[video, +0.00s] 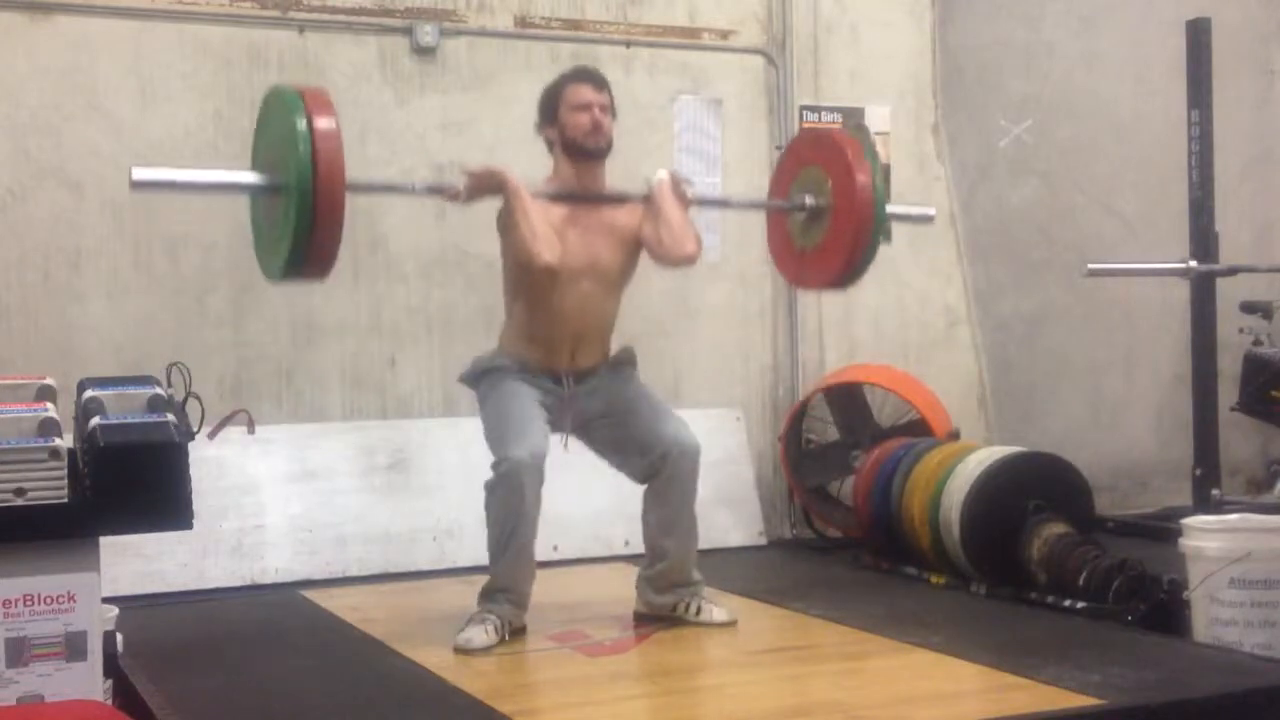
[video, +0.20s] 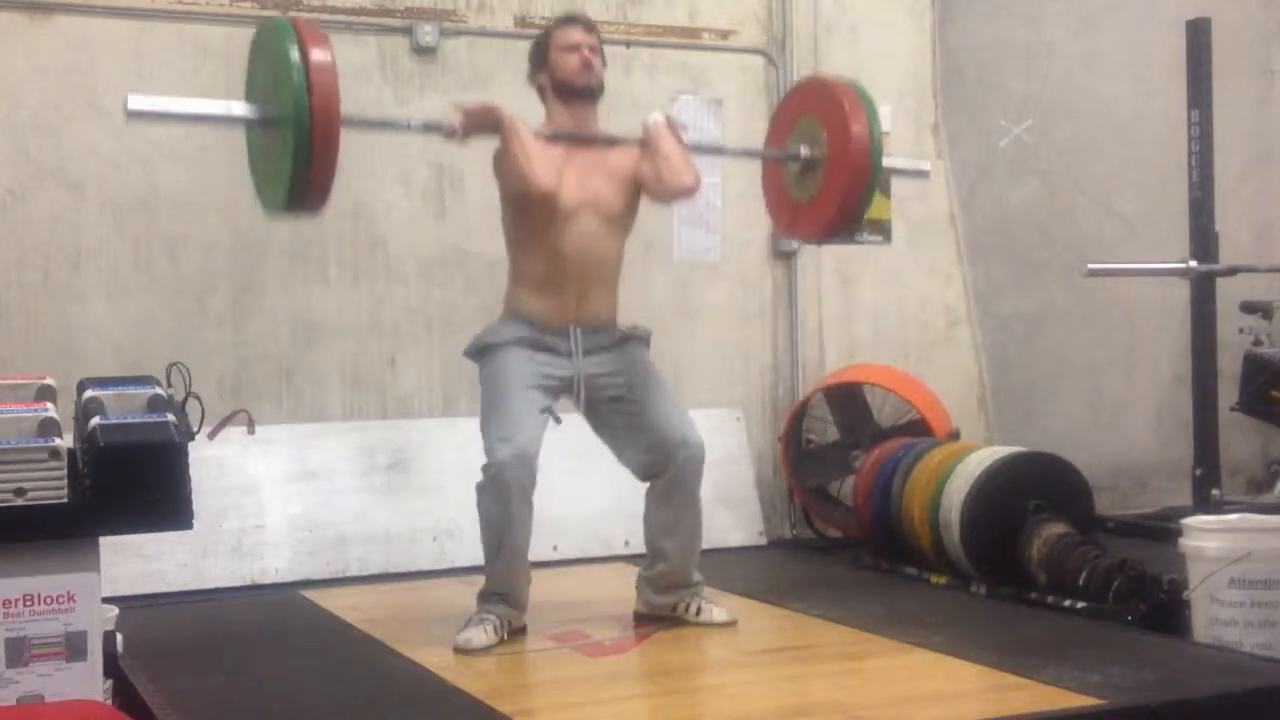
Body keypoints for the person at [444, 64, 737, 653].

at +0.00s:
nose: (597, 117)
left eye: (605, 110)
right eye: (581, 109)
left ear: (614, 126)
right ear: (552, 128)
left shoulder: (636, 211)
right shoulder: (526, 208)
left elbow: (682, 249)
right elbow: (544, 254)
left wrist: (663, 186)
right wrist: (509, 183)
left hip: (599, 379)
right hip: (520, 377)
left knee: (677, 450)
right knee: (519, 462)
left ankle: (667, 592)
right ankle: (502, 608)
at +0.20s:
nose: (588, 58)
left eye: (595, 51)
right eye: (571, 50)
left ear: (604, 71)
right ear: (542, 71)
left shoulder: (631, 152)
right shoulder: (521, 146)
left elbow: (680, 182)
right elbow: (537, 187)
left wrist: (658, 123)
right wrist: (503, 120)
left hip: (608, 343)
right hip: (525, 340)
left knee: (681, 450)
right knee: (509, 458)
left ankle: (668, 592)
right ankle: (500, 606)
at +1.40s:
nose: (588, 122)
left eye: (597, 114)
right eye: (573, 113)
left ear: (607, 129)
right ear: (545, 130)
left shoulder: (632, 211)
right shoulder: (526, 206)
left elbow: (685, 230)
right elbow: (537, 229)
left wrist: (665, 182)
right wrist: (504, 175)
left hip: (615, 388)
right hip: (532, 387)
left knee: (700, 465)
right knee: (508, 481)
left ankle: (663, 595)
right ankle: (502, 609)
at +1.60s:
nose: (597, 210)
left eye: (606, 202)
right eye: (583, 201)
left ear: (616, 217)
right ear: (554, 219)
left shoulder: (637, 295)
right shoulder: (530, 294)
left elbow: (689, 319)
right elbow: (543, 328)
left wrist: (669, 268)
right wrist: (511, 265)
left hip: (614, 457)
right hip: (538, 458)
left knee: (702, 473)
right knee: (510, 492)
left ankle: (662, 597)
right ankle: (505, 610)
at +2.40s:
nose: (605, 120)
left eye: (614, 113)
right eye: (590, 112)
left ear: (625, 129)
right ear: (561, 129)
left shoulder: (643, 214)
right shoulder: (532, 207)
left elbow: (691, 258)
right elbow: (550, 261)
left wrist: (675, 194)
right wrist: (516, 186)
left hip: (607, 376)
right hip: (527, 374)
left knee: (681, 455)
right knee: (528, 465)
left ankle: (663, 594)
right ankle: (503, 609)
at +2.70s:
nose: (591, 42)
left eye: (599, 33)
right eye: (575, 33)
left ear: (610, 54)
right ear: (547, 54)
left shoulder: (636, 140)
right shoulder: (527, 131)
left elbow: (686, 169)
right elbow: (540, 166)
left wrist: (667, 109)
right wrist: (508, 104)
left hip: (612, 332)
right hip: (529, 330)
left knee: (674, 448)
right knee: (511, 456)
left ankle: (664, 593)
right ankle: (502, 607)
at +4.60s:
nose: (595, 146)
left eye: (603, 140)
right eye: (580, 139)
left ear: (613, 159)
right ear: (551, 160)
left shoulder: (636, 241)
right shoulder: (528, 236)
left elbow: (689, 269)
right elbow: (544, 268)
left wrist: (669, 215)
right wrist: (513, 206)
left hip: (617, 410)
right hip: (533, 410)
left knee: (702, 469)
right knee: (504, 487)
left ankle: (662, 597)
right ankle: (503, 610)